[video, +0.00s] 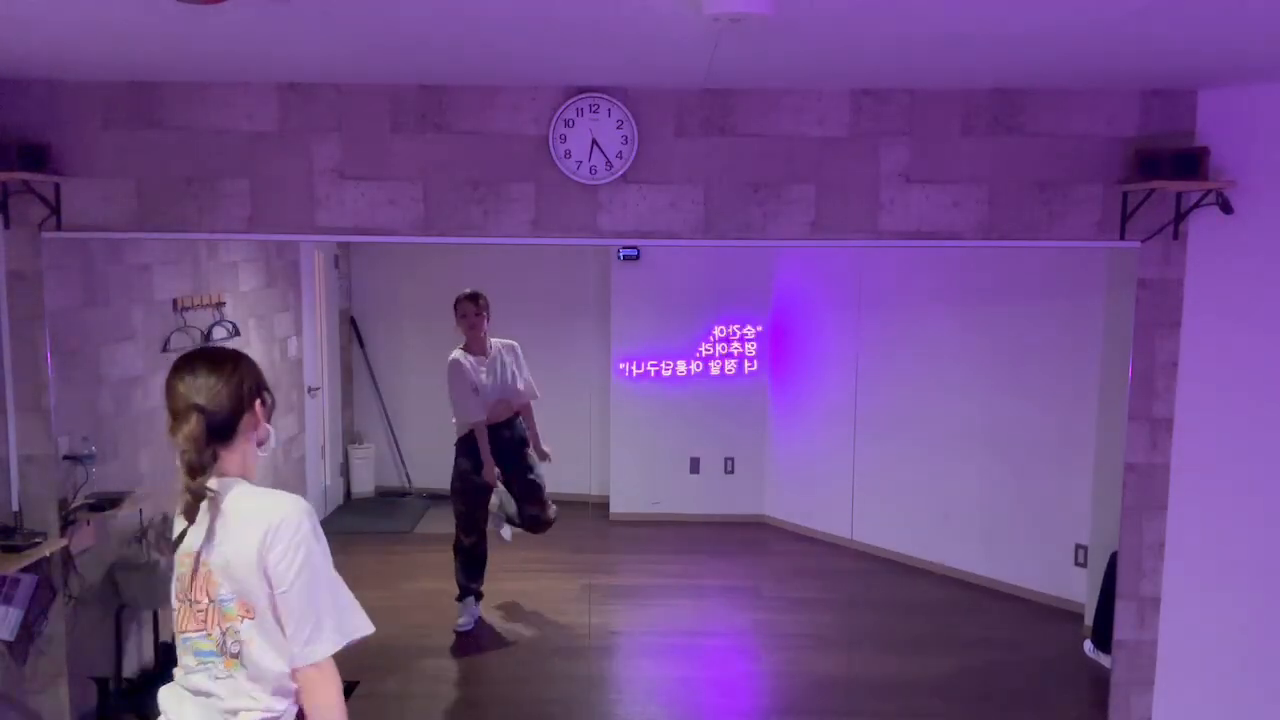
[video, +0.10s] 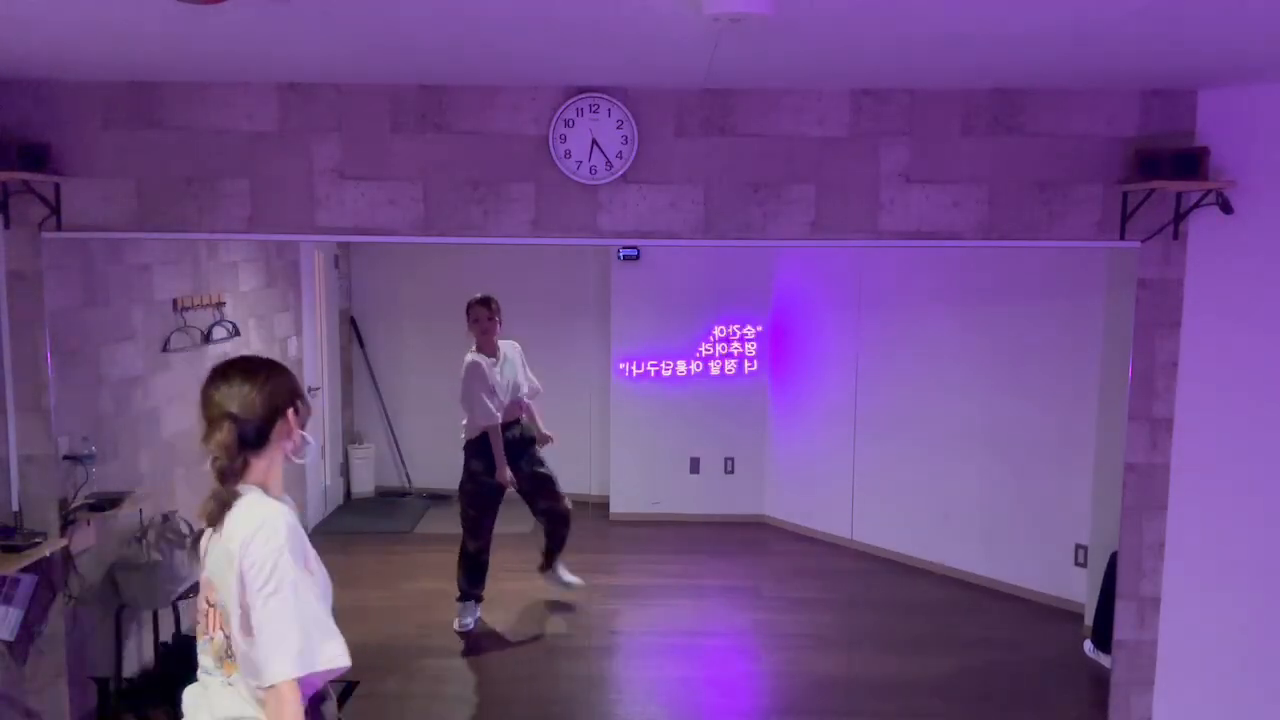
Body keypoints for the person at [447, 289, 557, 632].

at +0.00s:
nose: (471, 321)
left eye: (476, 314)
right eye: (463, 317)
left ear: (487, 318)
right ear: (457, 323)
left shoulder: (509, 350)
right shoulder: (458, 363)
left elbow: (524, 399)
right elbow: (473, 418)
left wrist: (536, 444)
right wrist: (487, 462)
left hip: (511, 437)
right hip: (474, 444)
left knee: (540, 519)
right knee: (469, 525)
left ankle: (502, 512)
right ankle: (469, 600)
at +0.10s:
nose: (483, 326)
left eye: (488, 318)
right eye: (475, 321)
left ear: (499, 321)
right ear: (468, 327)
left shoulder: (513, 350)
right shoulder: (474, 365)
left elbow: (523, 395)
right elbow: (488, 419)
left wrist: (539, 428)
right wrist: (500, 464)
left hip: (518, 441)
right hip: (483, 448)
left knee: (557, 511)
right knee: (477, 528)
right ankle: (469, 601)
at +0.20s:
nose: (499, 343)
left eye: (504, 337)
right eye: (492, 338)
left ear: (513, 338)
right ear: (484, 341)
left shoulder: (519, 361)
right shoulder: (489, 381)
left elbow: (528, 402)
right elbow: (505, 437)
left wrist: (543, 422)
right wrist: (533, 477)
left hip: (527, 452)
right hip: (497, 460)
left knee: (565, 517)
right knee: (482, 534)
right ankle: (469, 606)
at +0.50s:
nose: (538, 407)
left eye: (543, 400)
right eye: (531, 400)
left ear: (551, 399)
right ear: (521, 401)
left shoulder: (552, 412)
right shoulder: (519, 444)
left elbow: (558, 437)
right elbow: (534, 499)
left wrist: (591, 422)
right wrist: (583, 484)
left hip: (564, 503)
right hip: (528, 512)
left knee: (633, 533)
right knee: (489, 567)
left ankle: (618, 597)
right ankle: (471, 607)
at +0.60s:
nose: (544, 415)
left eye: (548, 408)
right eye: (536, 409)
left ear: (554, 407)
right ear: (525, 410)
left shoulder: (559, 416)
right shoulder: (519, 449)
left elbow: (572, 433)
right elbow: (533, 499)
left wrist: (605, 421)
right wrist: (573, 479)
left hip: (568, 505)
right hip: (531, 513)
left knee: (636, 537)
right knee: (488, 566)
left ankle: (618, 596)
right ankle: (471, 607)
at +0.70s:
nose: (546, 413)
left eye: (551, 406)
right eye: (540, 406)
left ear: (559, 403)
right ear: (528, 403)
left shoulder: (567, 411)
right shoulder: (518, 435)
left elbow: (588, 417)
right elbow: (519, 483)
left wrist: (615, 411)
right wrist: (559, 463)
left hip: (573, 501)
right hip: (532, 505)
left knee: (638, 539)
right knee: (488, 560)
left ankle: (617, 597)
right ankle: (471, 605)